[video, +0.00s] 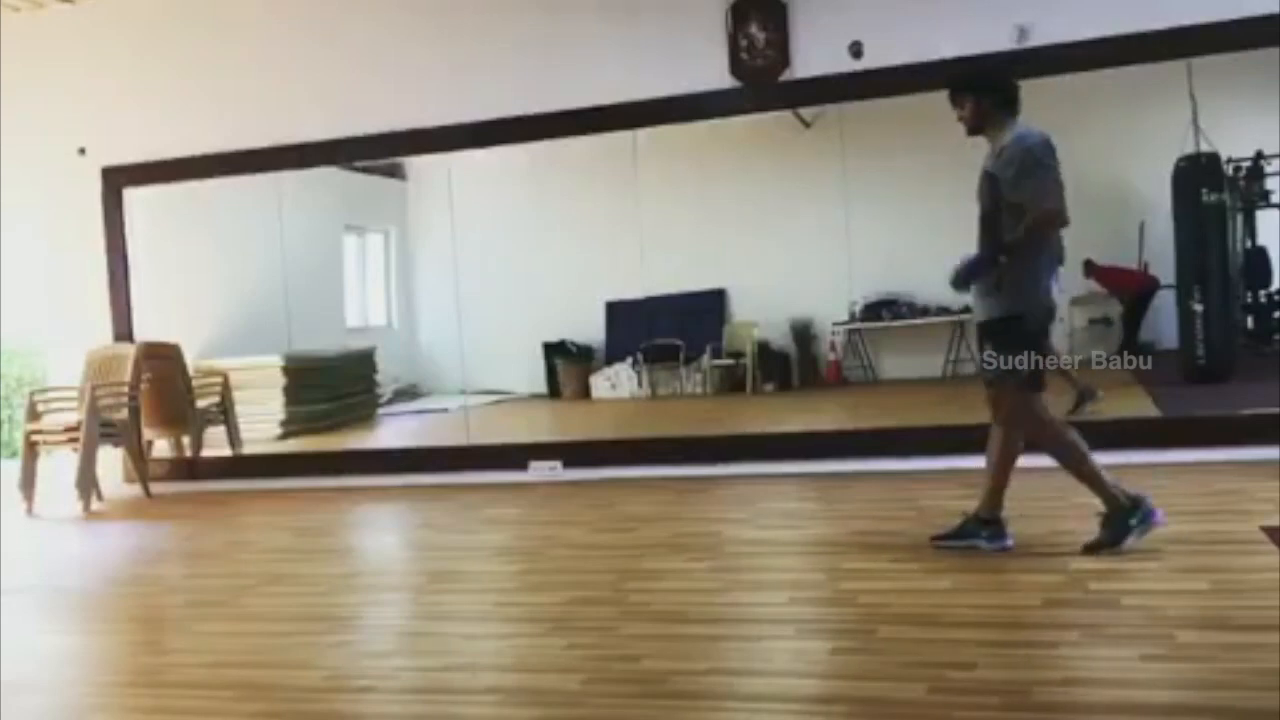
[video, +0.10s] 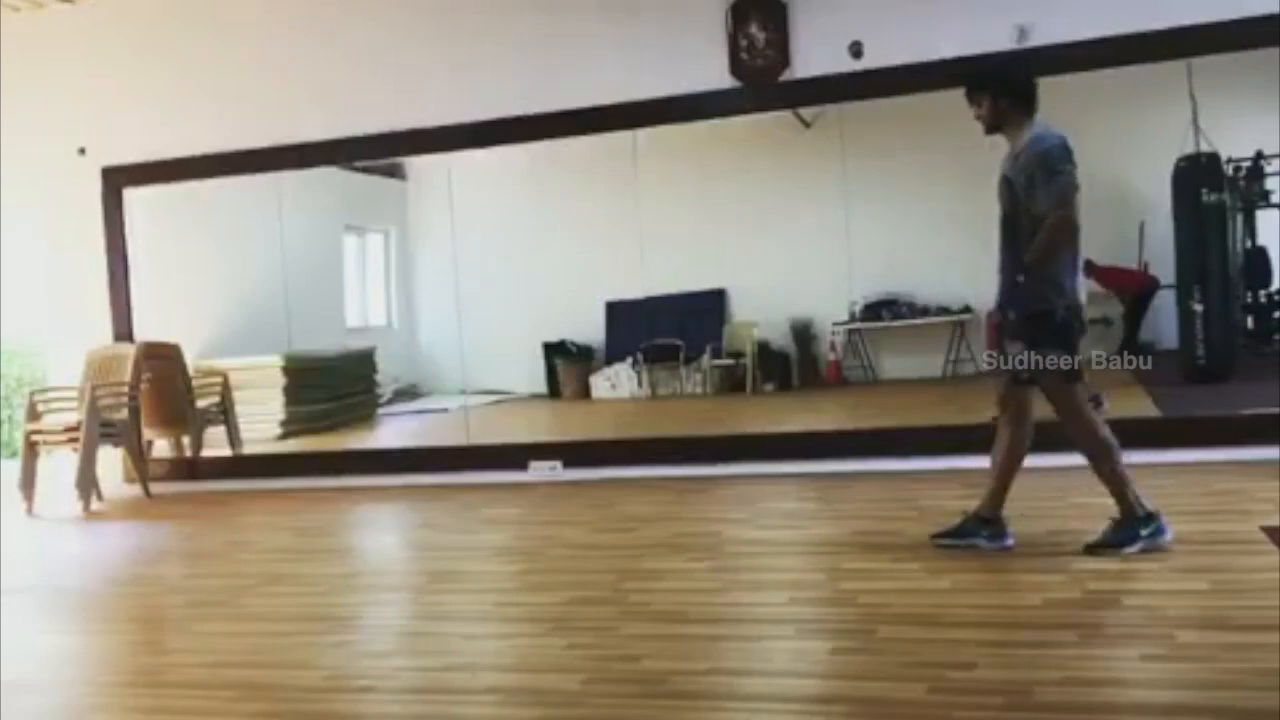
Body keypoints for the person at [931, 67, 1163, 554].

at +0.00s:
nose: (957, 117)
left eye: (960, 106)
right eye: (956, 107)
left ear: (983, 103)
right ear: (987, 103)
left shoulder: (1027, 148)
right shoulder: (1005, 154)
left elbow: (1049, 215)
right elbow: (1030, 227)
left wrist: (987, 259)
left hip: (1018, 308)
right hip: (1005, 307)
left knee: (1023, 412)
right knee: (1009, 411)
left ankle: (1120, 505)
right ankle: (988, 517)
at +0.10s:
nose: (975, 114)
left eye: (979, 103)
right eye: (973, 104)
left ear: (1004, 101)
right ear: (1006, 102)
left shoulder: (1045, 148)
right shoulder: (1019, 154)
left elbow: (1062, 224)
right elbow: (1024, 235)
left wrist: (1022, 282)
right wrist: (1006, 303)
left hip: (1047, 309)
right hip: (1024, 308)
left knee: (1074, 411)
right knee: (1013, 410)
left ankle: (1137, 514)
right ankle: (988, 516)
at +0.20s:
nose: (983, 112)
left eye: (987, 102)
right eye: (982, 103)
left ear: (1012, 102)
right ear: (1018, 103)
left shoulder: (1053, 152)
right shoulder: (1032, 155)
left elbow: (1066, 229)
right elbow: (1043, 233)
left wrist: (1035, 284)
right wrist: (1029, 287)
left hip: (1060, 307)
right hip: (1040, 305)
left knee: (1090, 412)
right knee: (1020, 410)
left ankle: (1141, 517)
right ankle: (990, 515)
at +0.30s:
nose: (1001, 117)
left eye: (1003, 106)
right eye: (998, 107)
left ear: (1028, 103)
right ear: (1034, 102)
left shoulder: (1074, 153)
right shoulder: (1056, 152)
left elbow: (1077, 240)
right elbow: (1062, 238)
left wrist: (1057, 305)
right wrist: (1049, 295)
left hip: (1080, 302)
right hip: (1068, 300)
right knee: (1035, 404)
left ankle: (1143, 520)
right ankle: (999, 510)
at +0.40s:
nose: (1008, 115)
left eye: (1010, 104)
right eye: (1005, 104)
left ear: (1033, 101)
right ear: (1046, 99)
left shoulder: (1073, 153)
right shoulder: (1086, 142)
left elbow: (1078, 238)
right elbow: (1097, 231)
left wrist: (1074, 306)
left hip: (1082, 306)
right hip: (1083, 302)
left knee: (1109, 409)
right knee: (1041, 401)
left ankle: (1142, 520)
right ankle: (1012, 509)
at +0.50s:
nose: (1016, 108)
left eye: (1019, 97)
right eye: (1014, 99)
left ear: (1045, 95)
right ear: (1054, 95)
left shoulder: (1092, 148)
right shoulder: (1078, 143)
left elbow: (1094, 233)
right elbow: (1092, 225)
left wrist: (1096, 302)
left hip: (1100, 302)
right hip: (1073, 298)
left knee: (1111, 397)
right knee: (1048, 387)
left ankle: (1144, 517)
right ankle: (1065, 507)